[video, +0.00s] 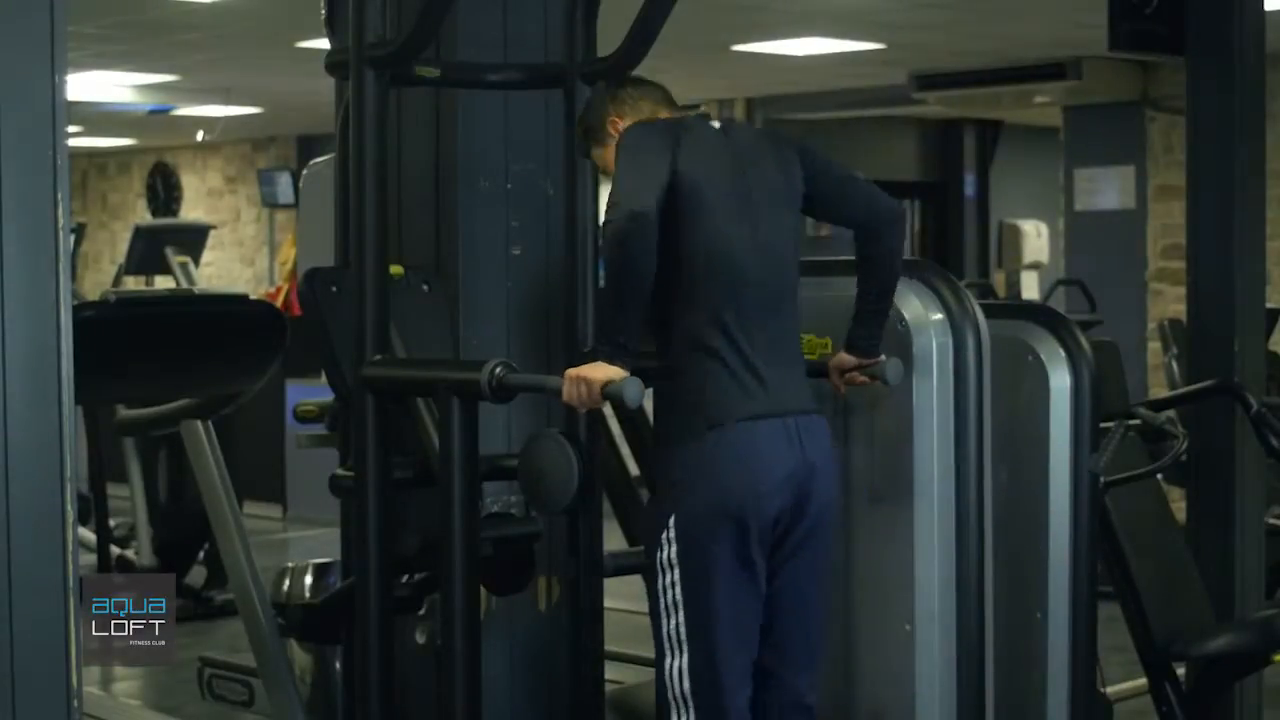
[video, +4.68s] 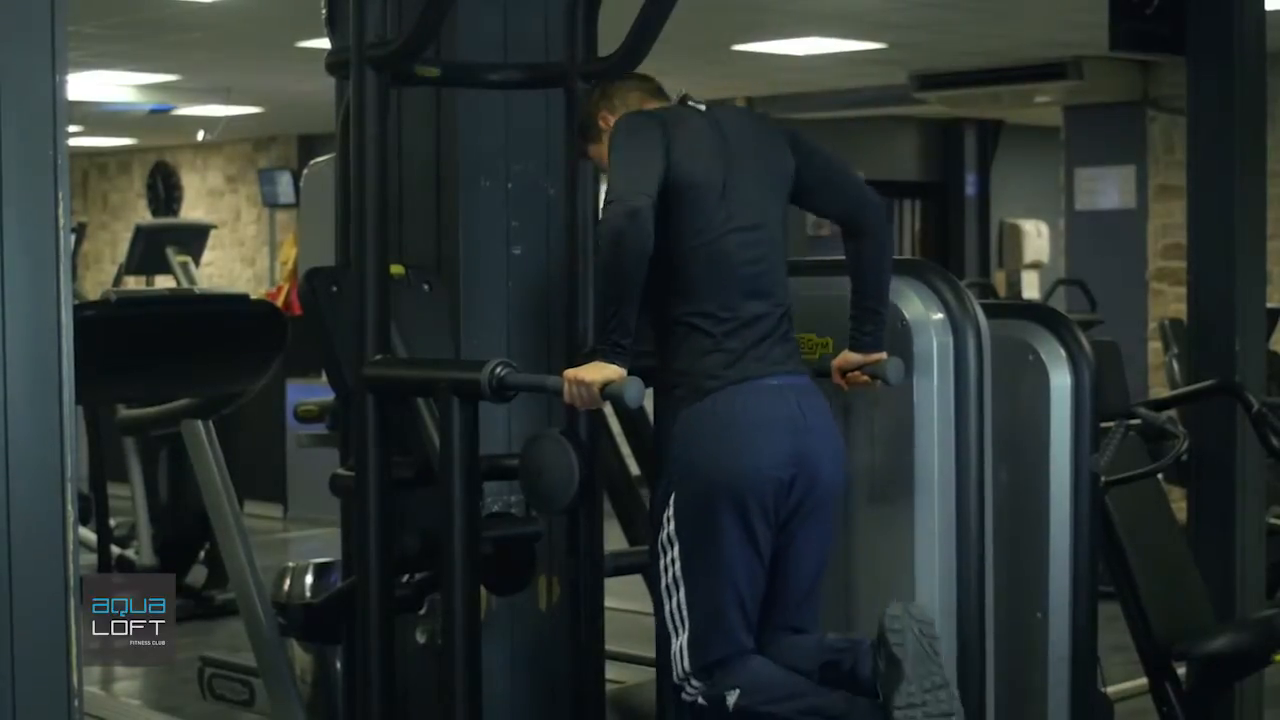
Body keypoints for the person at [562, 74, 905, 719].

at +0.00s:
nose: (614, 181)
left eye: (606, 165)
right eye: (605, 171)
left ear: (620, 128)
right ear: (677, 114)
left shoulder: (649, 140)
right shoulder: (774, 147)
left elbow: (629, 223)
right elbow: (882, 213)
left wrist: (614, 352)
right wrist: (863, 345)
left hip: (714, 445)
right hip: (806, 437)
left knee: (704, 688)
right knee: (792, 683)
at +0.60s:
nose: (615, 86)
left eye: (609, 73)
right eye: (608, 78)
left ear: (620, 29)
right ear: (674, 15)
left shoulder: (651, 62)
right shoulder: (785, 71)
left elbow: (637, 209)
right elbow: (829, 217)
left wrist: (610, 346)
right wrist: (859, 336)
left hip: (730, 352)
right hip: (818, 350)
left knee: (663, 581)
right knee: (752, 565)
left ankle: (810, 689)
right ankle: (836, 656)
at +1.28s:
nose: (607, 170)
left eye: (601, 153)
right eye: (600, 160)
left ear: (613, 118)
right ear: (668, 97)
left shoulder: (644, 130)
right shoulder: (770, 132)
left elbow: (625, 214)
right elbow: (872, 209)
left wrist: (610, 350)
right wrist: (868, 341)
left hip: (735, 423)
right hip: (818, 414)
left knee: (697, 669)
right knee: (778, 632)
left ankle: (881, 704)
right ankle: (880, 655)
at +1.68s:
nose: (595, 267)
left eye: (590, 255)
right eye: (588, 261)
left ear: (600, 218)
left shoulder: (633, 202)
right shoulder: (754, 201)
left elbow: (625, 215)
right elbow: (876, 215)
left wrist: (613, 352)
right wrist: (867, 341)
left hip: (744, 499)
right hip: (826, 485)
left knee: (725, 704)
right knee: (808, 704)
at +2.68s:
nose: (603, 166)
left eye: (596, 150)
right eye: (597, 158)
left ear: (605, 116)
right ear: (659, 93)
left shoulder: (636, 129)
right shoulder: (759, 126)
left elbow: (633, 216)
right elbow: (860, 207)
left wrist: (613, 350)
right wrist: (865, 339)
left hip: (719, 413)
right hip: (805, 402)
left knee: (699, 664)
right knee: (773, 635)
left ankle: (882, 705)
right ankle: (875, 649)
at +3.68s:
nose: (597, 275)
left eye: (591, 261)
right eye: (589, 266)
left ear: (599, 219)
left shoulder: (633, 204)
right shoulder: (754, 204)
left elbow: (625, 213)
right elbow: (876, 215)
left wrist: (610, 351)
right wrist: (867, 342)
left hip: (722, 502)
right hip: (805, 484)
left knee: (714, 705)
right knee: (803, 705)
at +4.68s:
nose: (606, 170)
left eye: (601, 154)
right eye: (600, 163)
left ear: (610, 122)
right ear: (668, 99)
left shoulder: (639, 131)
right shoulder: (762, 134)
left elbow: (629, 217)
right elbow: (865, 208)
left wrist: (611, 350)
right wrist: (867, 339)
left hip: (720, 421)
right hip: (805, 410)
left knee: (703, 671)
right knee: (778, 644)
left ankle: (866, 706)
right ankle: (877, 662)